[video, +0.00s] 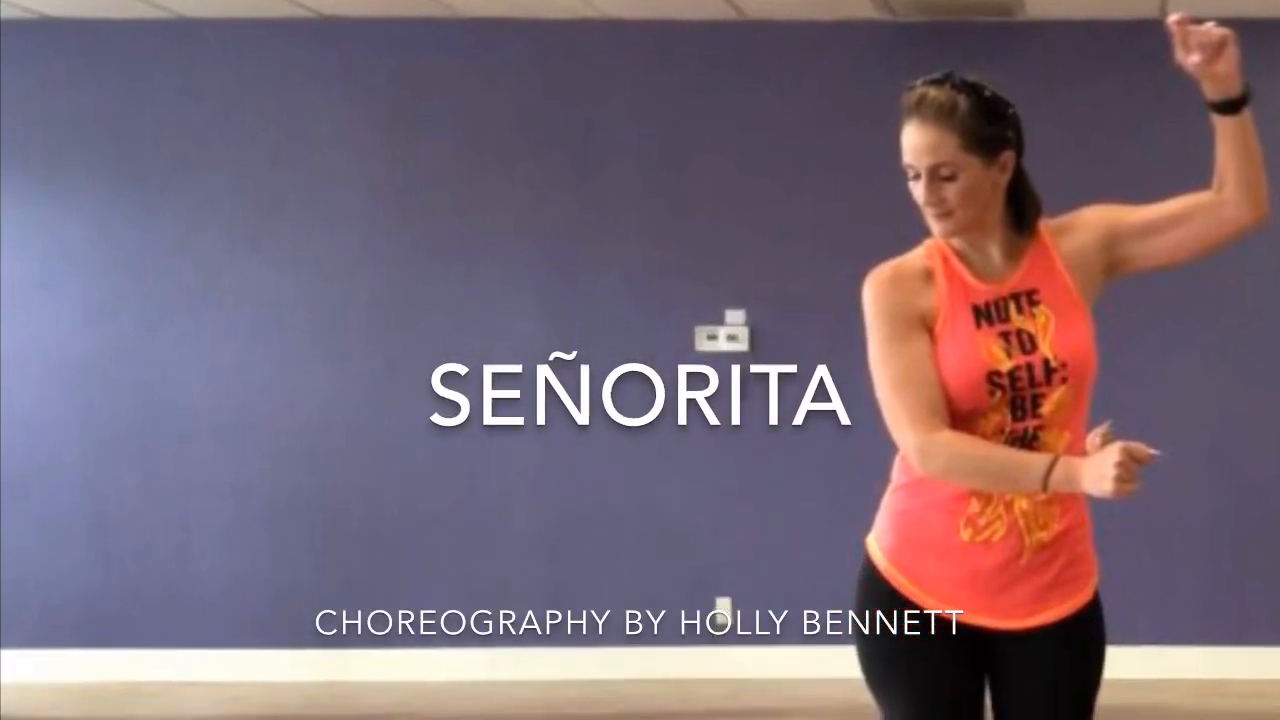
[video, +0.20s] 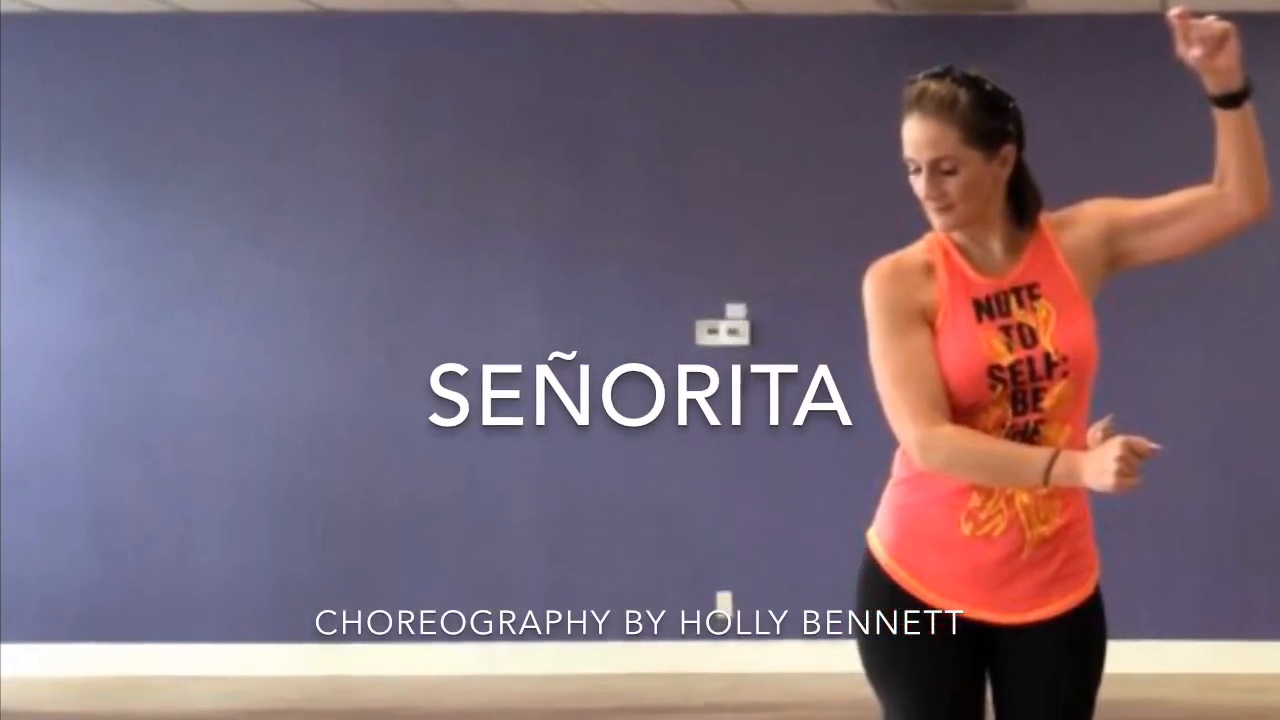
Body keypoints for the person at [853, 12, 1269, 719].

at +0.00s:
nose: (926, 195)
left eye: (945, 175)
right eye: (913, 177)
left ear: (1003, 164)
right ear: (903, 173)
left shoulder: (1085, 244)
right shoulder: (898, 289)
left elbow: (1241, 206)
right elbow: (925, 447)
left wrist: (1224, 93)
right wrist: (1070, 471)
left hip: (1051, 604)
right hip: (917, 603)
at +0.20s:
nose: (926, 189)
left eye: (945, 169)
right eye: (914, 170)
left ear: (1003, 158)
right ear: (904, 167)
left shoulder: (1085, 238)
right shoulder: (899, 283)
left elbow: (1242, 200)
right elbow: (926, 441)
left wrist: (1226, 88)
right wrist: (1072, 465)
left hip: (1052, 596)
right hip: (918, 595)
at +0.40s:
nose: (928, 184)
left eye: (946, 163)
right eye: (915, 165)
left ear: (1004, 152)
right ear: (905, 161)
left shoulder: (1086, 232)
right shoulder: (901, 276)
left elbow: (1242, 195)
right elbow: (927, 435)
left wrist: (1227, 82)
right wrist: (1073, 459)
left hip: (1053, 590)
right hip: (919, 589)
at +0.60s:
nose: (929, 179)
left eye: (947, 157)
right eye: (916, 159)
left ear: (1005, 146)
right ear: (906, 154)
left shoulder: (1087, 226)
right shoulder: (901, 270)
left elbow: (1243, 189)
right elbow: (929, 429)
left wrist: (1228, 76)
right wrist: (1076, 455)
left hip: (1054, 584)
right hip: (920, 584)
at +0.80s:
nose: (928, 173)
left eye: (947, 151)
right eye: (916, 151)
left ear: (1007, 140)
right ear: (906, 147)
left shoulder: (1088, 220)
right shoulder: (901, 264)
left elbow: (1244, 180)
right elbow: (930, 424)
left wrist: (1228, 68)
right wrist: (1076, 450)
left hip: (1055, 578)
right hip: (922, 577)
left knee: (1054, 711)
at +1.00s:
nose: (929, 166)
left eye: (948, 144)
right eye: (916, 145)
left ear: (1007, 134)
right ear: (907, 142)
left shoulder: (1089, 215)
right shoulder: (902, 258)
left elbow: (1246, 175)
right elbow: (931, 417)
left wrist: (1230, 61)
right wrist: (1077, 443)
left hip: (1056, 573)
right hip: (923, 573)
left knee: (1055, 711)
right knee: (935, 707)